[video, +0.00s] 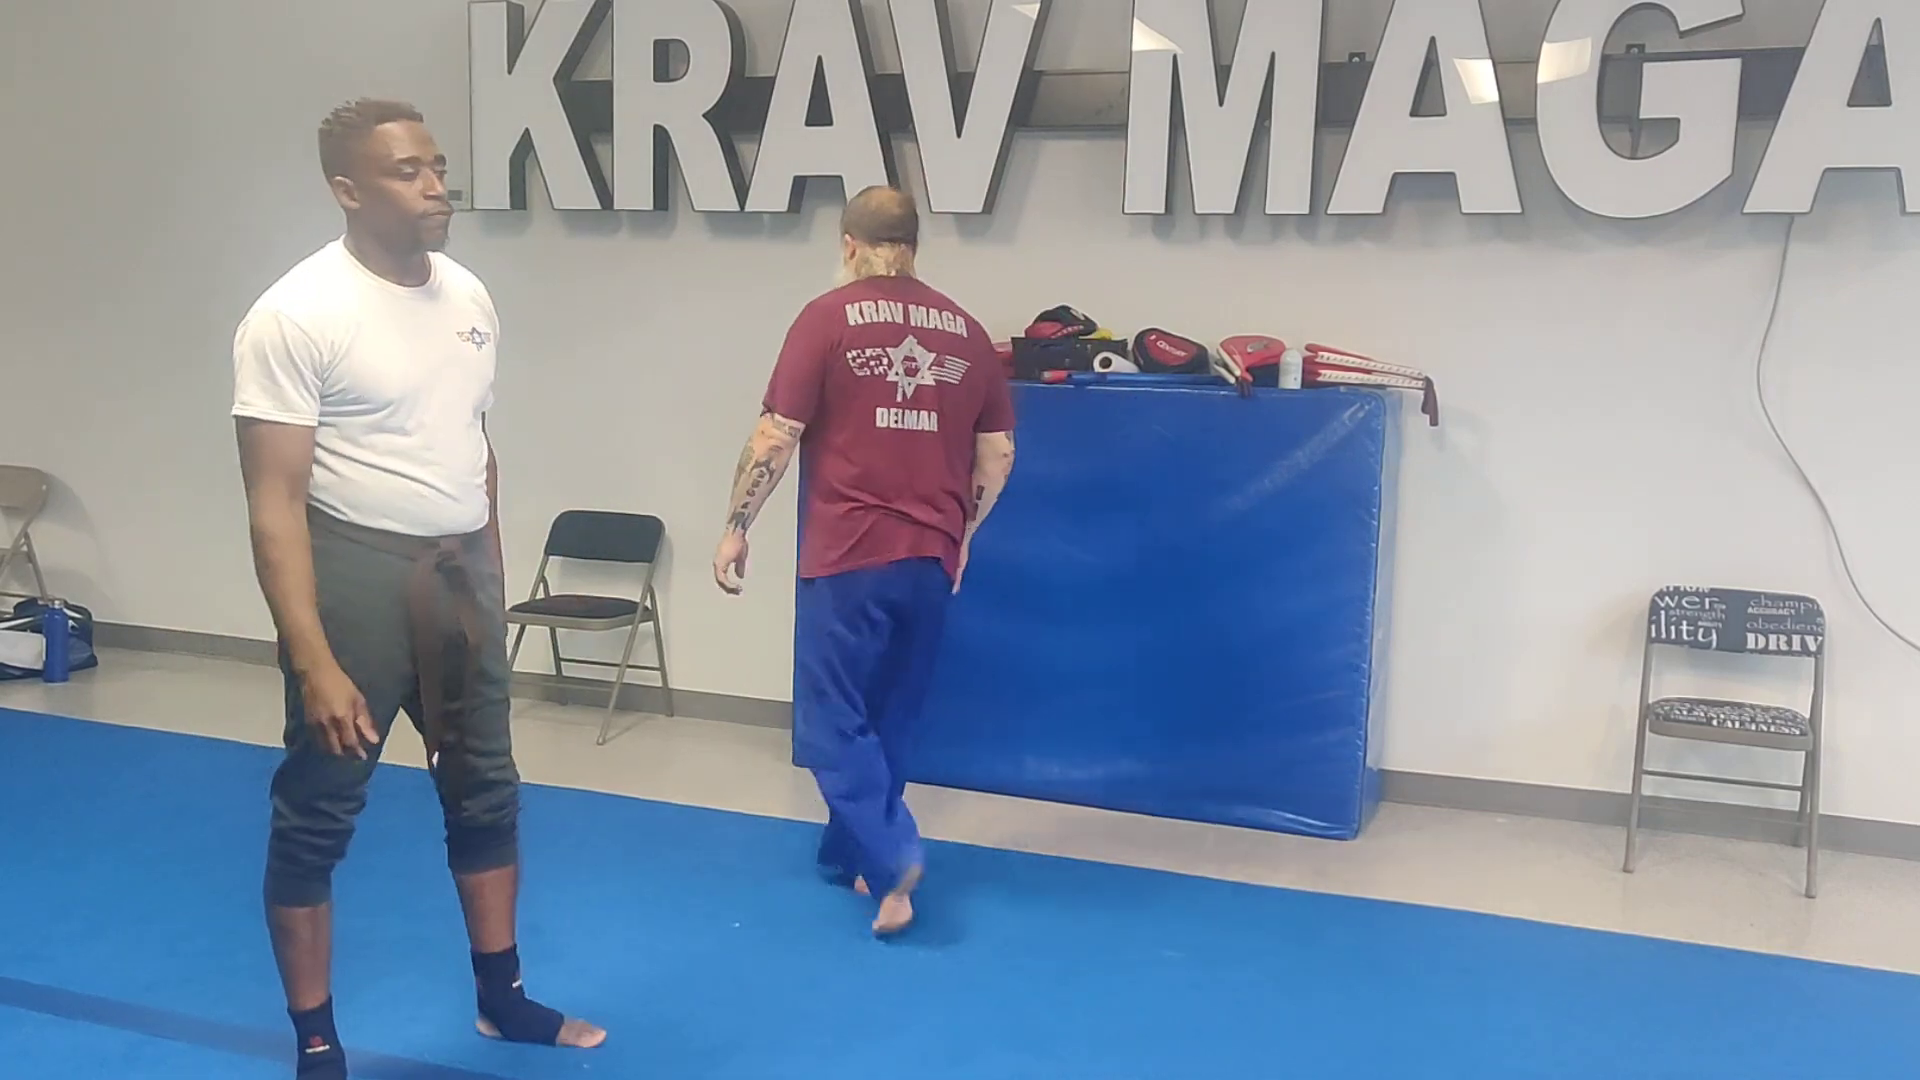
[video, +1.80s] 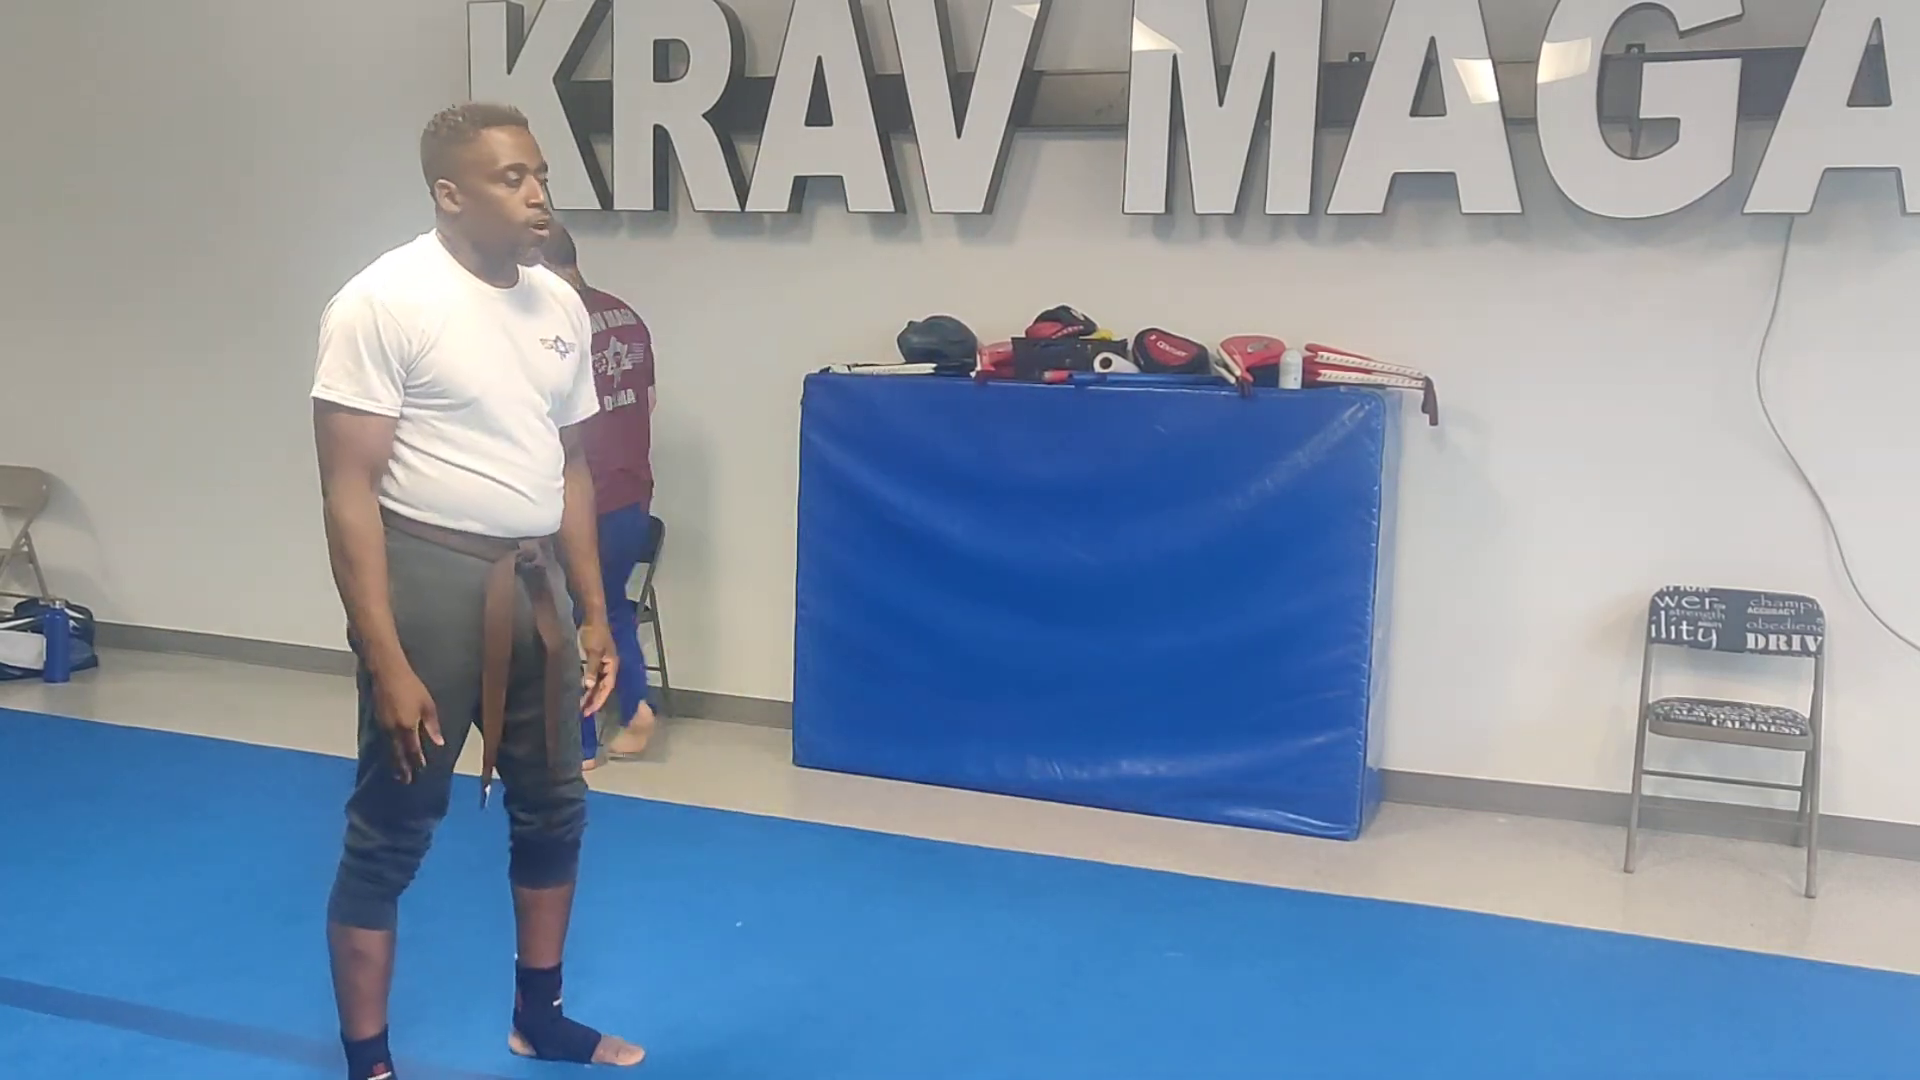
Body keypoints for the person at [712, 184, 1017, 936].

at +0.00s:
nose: (841, 255)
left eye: (842, 246)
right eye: (850, 245)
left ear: (851, 247)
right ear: (914, 248)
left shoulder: (828, 316)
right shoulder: (968, 330)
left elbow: (777, 436)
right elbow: (997, 451)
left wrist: (737, 526)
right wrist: (960, 532)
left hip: (847, 553)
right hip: (933, 555)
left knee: (831, 718)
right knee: (891, 710)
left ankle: (896, 859)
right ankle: (846, 851)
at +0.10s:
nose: (832, 250)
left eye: (832, 240)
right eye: (838, 240)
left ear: (839, 241)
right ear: (900, 243)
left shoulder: (819, 309)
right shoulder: (954, 327)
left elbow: (770, 424)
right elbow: (977, 446)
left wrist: (742, 521)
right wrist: (930, 506)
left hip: (830, 536)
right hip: (920, 540)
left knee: (791, 687)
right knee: (887, 695)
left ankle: (839, 819)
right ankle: (870, 857)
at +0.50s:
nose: (731, 270)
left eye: (730, 261)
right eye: (734, 260)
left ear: (739, 259)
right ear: (798, 256)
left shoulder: (734, 329)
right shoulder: (859, 323)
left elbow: (704, 444)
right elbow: (890, 436)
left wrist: (684, 532)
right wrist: (853, 502)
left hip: (765, 532)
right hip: (848, 529)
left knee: (745, 678)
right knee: (845, 674)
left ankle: (739, 809)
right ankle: (864, 807)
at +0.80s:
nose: (686, 260)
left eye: (685, 251)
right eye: (688, 251)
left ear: (694, 250)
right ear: (749, 248)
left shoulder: (684, 318)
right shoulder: (808, 314)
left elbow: (630, 429)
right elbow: (845, 420)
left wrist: (595, 474)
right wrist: (823, 486)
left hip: (718, 517)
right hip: (795, 513)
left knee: (713, 669)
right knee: (786, 646)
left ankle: (731, 809)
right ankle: (793, 776)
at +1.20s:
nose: (649, 276)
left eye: (650, 265)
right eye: (648, 266)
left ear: (669, 260)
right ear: (710, 261)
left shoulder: (662, 323)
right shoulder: (760, 325)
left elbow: (629, 423)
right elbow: (784, 419)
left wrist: (603, 498)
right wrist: (748, 476)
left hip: (669, 510)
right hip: (738, 511)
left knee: (629, 618)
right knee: (724, 640)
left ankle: (671, 734)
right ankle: (724, 767)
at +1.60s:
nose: (549, 292)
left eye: (550, 281)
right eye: (546, 282)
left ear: (574, 275)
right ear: (609, 271)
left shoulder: (580, 333)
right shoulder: (667, 321)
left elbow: (571, 433)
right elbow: (692, 409)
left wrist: (543, 519)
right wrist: (661, 469)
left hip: (605, 508)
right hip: (673, 501)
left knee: (577, 625)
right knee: (673, 619)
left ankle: (576, 743)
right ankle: (711, 729)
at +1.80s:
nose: (531, 287)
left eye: (531, 275)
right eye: (531, 276)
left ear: (545, 271)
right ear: (576, 263)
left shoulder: (546, 324)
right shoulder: (627, 316)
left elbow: (544, 420)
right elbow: (647, 402)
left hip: (571, 503)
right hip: (630, 496)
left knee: (567, 618)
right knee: (614, 601)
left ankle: (581, 748)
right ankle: (638, 708)